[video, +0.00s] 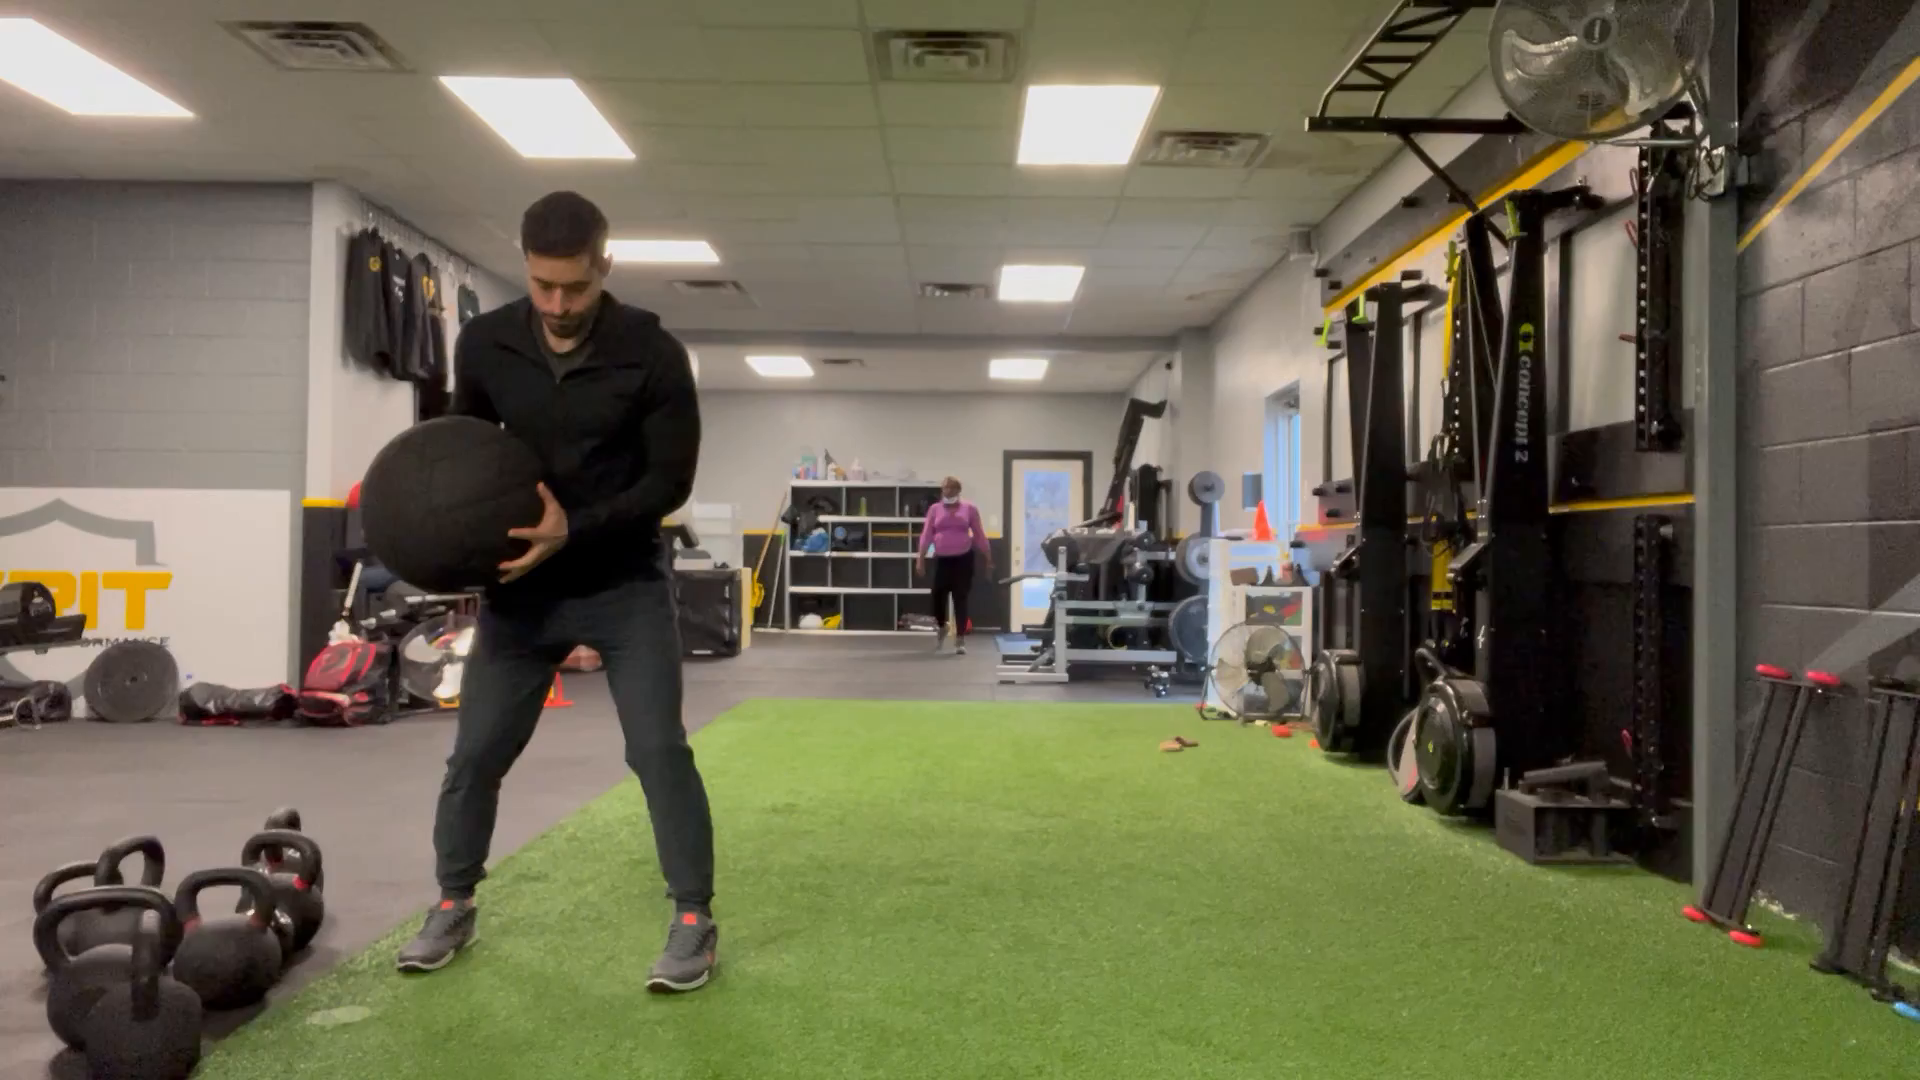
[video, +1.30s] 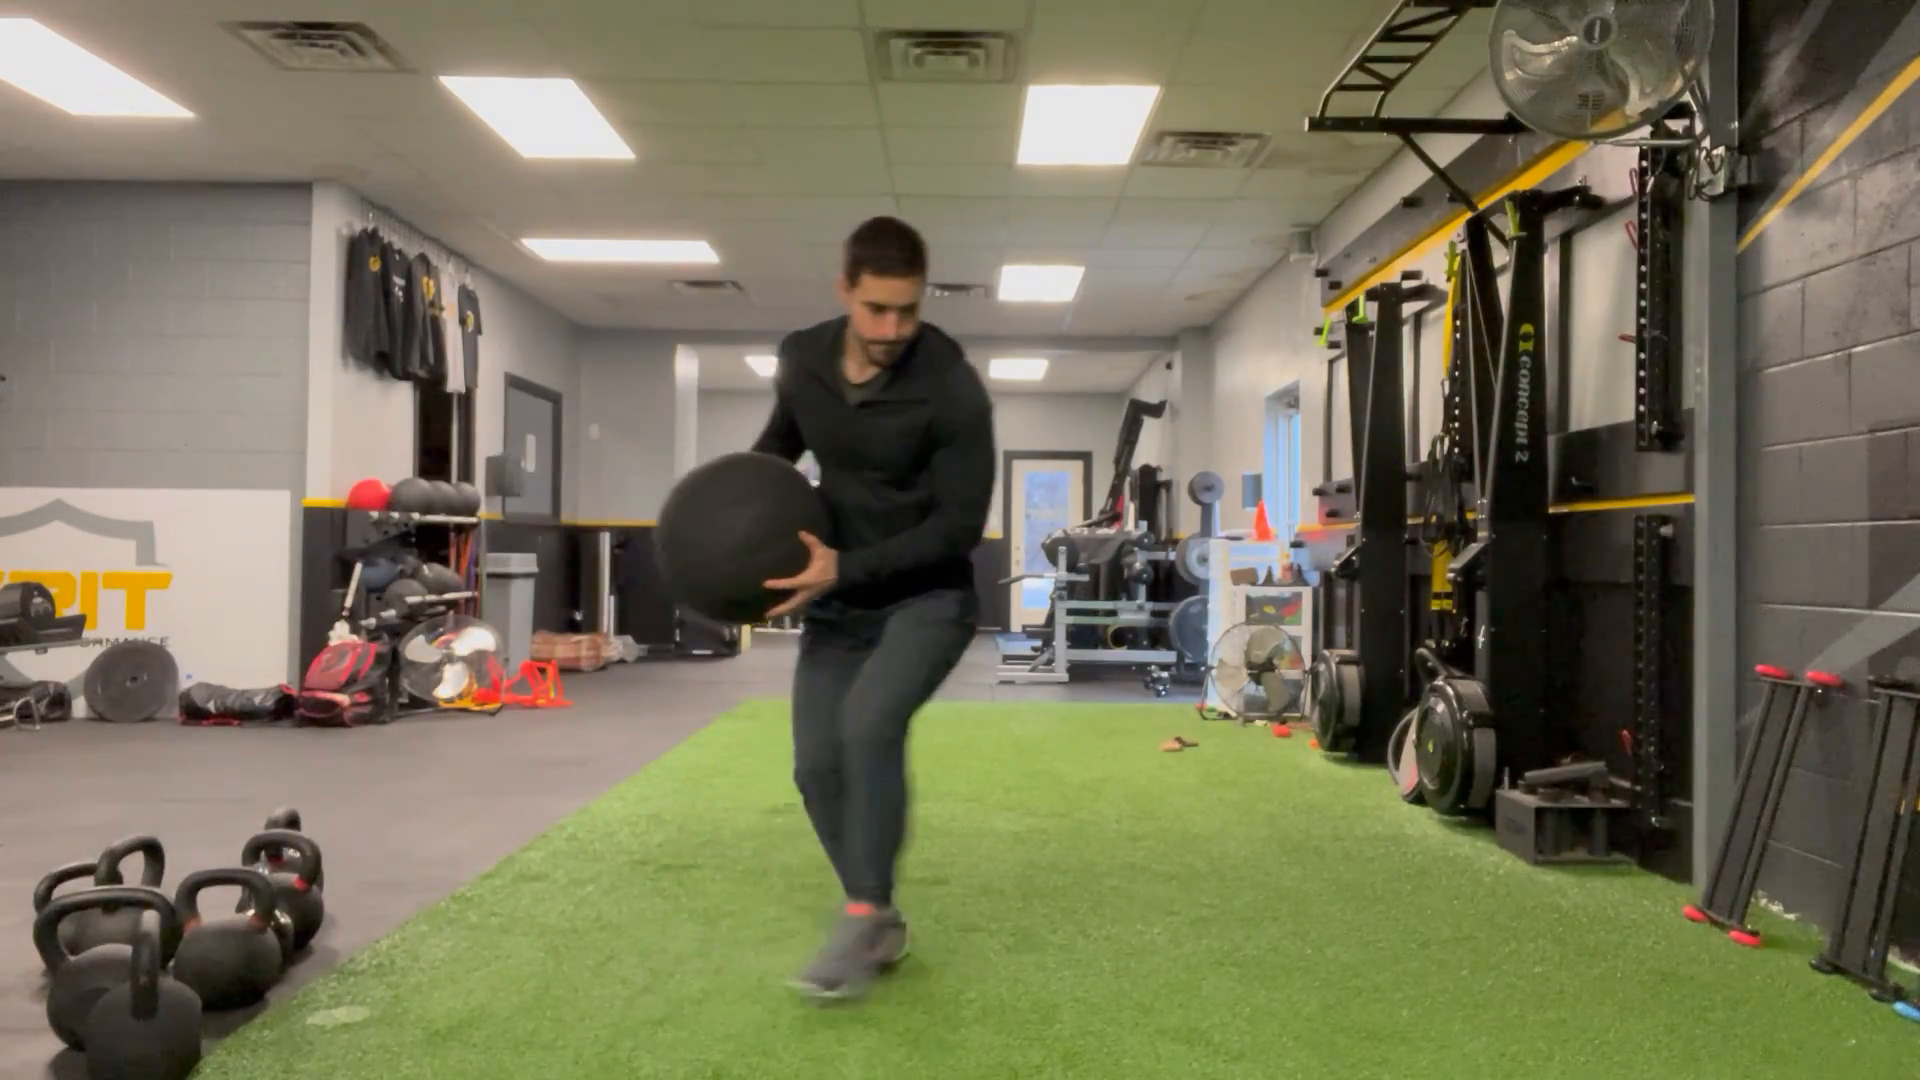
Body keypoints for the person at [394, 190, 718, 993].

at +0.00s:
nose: (558, 304)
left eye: (574, 287)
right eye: (544, 286)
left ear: (603, 269)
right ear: (524, 268)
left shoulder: (652, 350)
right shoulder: (485, 344)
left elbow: (672, 480)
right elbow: (463, 454)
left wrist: (574, 526)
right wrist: (457, 524)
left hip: (626, 583)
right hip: (521, 591)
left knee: (657, 745)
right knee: (473, 756)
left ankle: (692, 916)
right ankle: (451, 906)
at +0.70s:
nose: (638, 319)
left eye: (654, 301)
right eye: (622, 300)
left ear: (682, 283)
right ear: (601, 283)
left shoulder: (727, 360)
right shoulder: (574, 352)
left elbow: (749, 501)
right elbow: (555, 466)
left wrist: (634, 546)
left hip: (714, 591)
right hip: (621, 592)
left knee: (678, 750)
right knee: (562, 753)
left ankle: (685, 932)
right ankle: (515, 894)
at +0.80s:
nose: (670, 321)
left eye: (686, 304)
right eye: (654, 303)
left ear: (713, 285)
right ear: (632, 286)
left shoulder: (757, 371)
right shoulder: (609, 353)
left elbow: (773, 514)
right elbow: (590, 449)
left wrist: (658, 551)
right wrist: (543, 523)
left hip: (745, 596)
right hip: (652, 597)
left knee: (689, 750)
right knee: (603, 758)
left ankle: (689, 934)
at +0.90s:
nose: (704, 323)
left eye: (721, 305)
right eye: (689, 304)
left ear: (747, 290)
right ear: (666, 288)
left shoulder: (789, 377)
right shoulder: (642, 352)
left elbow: (799, 521)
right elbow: (628, 437)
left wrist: (682, 554)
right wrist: (581, 508)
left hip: (772, 597)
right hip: (680, 595)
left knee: (701, 755)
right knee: (649, 762)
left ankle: (687, 934)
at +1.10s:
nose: (791, 326)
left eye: (808, 308)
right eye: (775, 307)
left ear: (830, 294)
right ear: (747, 290)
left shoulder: (865, 380)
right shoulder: (718, 356)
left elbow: (873, 524)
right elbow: (705, 435)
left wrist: (756, 556)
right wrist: (652, 505)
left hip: (845, 600)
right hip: (755, 600)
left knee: (758, 751)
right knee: (757, 765)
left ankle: (701, 930)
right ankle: (857, 904)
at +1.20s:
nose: (840, 327)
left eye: (856, 309)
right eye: (824, 309)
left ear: (875, 297)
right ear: (794, 292)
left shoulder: (909, 382)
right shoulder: (759, 359)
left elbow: (916, 525)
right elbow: (744, 441)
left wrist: (800, 562)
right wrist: (692, 512)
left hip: (892, 595)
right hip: (800, 598)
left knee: (805, 731)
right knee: (794, 749)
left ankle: (753, 919)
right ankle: (874, 913)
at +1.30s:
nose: (891, 328)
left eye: (907, 310)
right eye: (876, 309)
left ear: (925, 299)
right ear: (844, 292)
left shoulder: (952, 385)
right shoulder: (805, 357)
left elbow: (961, 526)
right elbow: (780, 443)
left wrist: (846, 566)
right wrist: (739, 522)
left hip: (932, 590)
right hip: (841, 591)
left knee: (868, 722)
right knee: (816, 765)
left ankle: (866, 915)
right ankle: (877, 918)